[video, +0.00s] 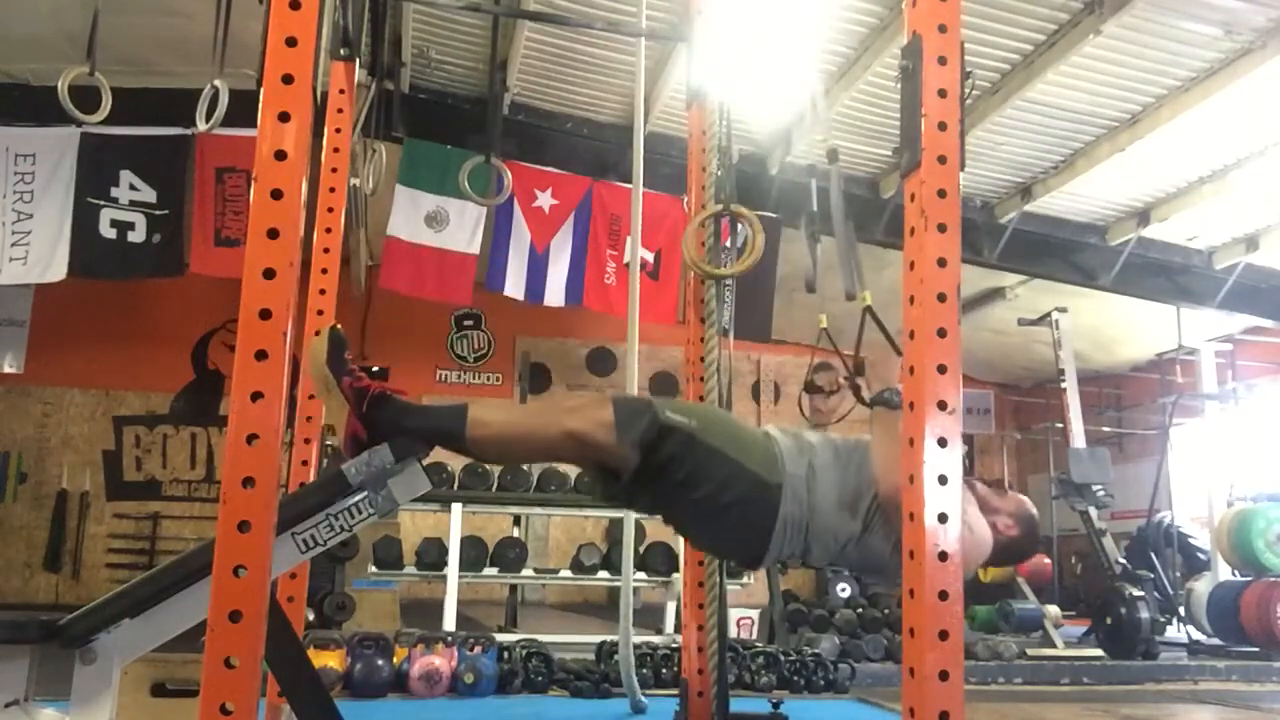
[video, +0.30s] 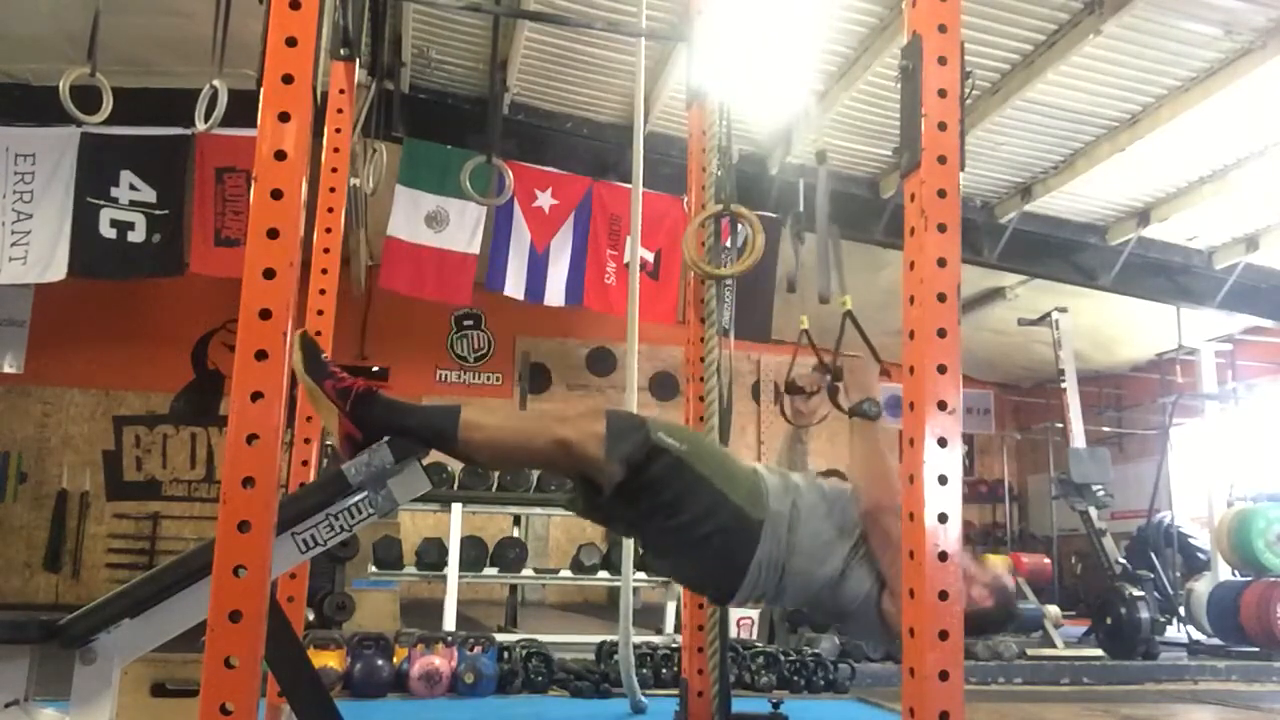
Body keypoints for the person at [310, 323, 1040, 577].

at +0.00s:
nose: (996, 494)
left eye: (1007, 508)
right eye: (1005, 492)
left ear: (999, 543)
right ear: (988, 495)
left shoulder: (959, 542)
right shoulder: (943, 503)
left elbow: (894, 488)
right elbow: (863, 433)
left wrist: (930, 425)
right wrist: (914, 412)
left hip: (774, 496)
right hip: (765, 487)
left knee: (604, 419)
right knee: (589, 430)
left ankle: (393, 418)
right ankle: (402, 424)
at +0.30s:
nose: (975, 571)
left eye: (984, 586)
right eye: (986, 568)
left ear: (974, 613)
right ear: (973, 561)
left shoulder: (921, 622)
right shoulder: (914, 565)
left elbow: (885, 515)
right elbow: (876, 497)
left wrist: (905, 445)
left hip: (755, 544)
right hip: (750, 503)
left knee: (595, 434)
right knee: (574, 429)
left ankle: (378, 410)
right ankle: (382, 420)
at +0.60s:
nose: (943, 595)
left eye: (951, 624)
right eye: (951, 620)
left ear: (941, 667)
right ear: (947, 656)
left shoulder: (897, 659)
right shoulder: (892, 634)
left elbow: (876, 523)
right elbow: (875, 524)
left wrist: (858, 423)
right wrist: (826, 423)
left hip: (724, 566)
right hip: (734, 533)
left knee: (575, 429)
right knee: (575, 422)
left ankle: (372, 409)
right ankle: (383, 412)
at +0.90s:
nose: (945, 618)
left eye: (949, 635)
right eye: (954, 625)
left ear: (938, 665)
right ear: (943, 638)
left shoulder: (898, 656)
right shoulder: (899, 626)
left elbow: (875, 524)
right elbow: (880, 521)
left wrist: (855, 416)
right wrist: (846, 417)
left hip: (725, 572)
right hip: (737, 534)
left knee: (578, 436)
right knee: (572, 417)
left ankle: (381, 416)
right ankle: (387, 412)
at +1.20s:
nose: (970, 515)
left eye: (980, 528)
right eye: (982, 515)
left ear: (965, 559)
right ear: (969, 526)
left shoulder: (916, 559)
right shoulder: (910, 543)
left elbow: (872, 462)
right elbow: (865, 439)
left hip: (746, 494)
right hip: (739, 485)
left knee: (571, 410)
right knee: (562, 413)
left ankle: (366, 413)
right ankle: (376, 419)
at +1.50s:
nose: (992, 419)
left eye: (1002, 429)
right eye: (995, 412)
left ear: (998, 446)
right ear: (981, 401)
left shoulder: (959, 460)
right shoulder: (934, 406)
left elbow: (905, 484)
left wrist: (907, 390)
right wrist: (877, 369)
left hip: (762, 437)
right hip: (750, 420)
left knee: (577, 409)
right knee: (572, 406)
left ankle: (375, 420)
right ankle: (382, 419)